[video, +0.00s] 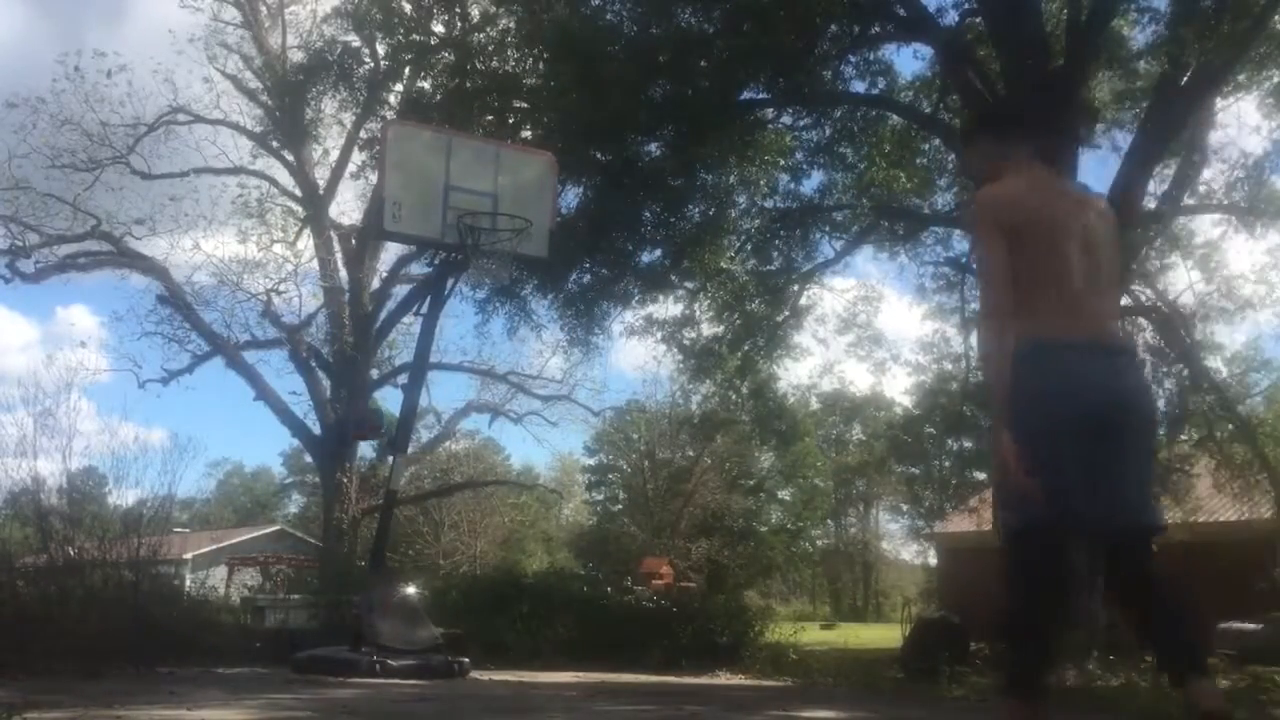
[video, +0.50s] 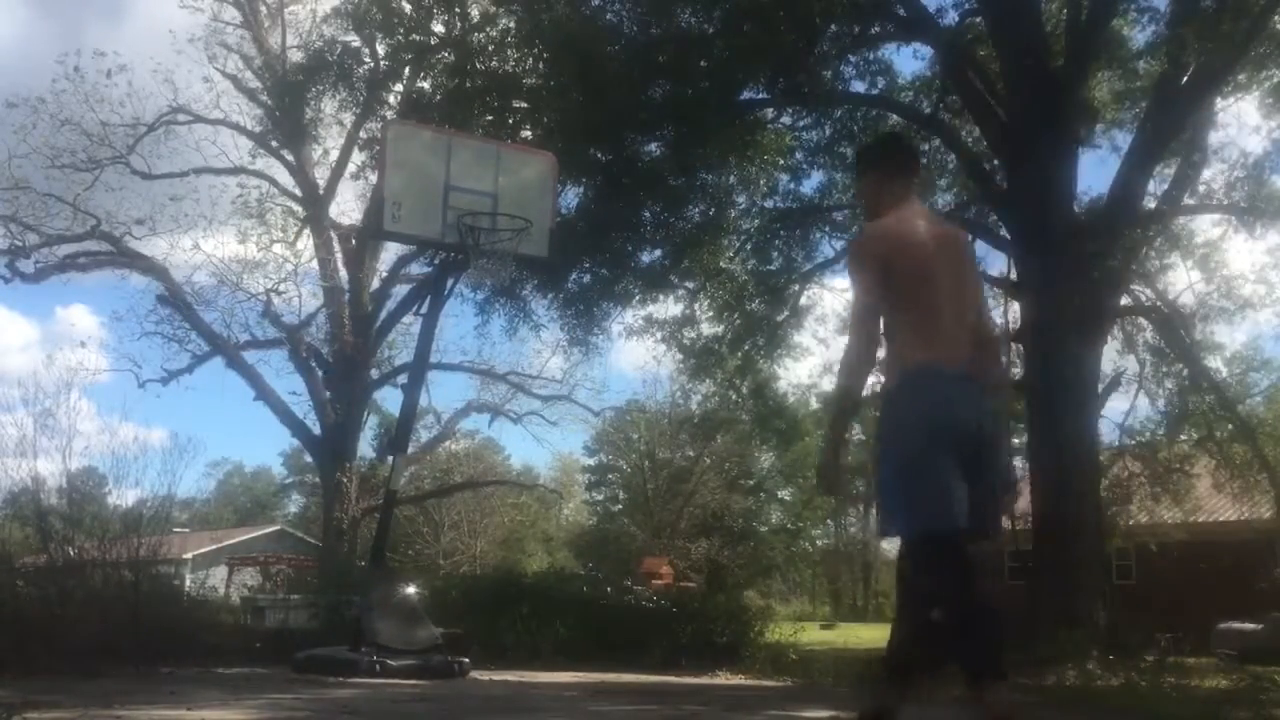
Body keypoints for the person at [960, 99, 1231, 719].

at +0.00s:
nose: (972, 178)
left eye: (974, 164)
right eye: (969, 165)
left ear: (998, 155)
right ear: (1040, 153)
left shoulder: (992, 203)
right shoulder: (1096, 206)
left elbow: (997, 316)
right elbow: (1106, 305)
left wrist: (1001, 423)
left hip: (1040, 374)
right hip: (1116, 372)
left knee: (1036, 547)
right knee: (1127, 546)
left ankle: (1025, 693)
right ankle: (1197, 685)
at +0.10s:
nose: (941, 170)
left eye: (943, 157)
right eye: (939, 158)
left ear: (964, 151)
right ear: (1001, 145)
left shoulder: (964, 206)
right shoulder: (1060, 202)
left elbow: (965, 321)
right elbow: (1072, 312)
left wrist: (959, 433)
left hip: (1015, 383)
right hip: (1083, 381)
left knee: (1014, 555)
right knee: (1074, 559)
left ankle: (1018, 701)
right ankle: (1152, 675)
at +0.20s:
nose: (922, 176)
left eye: (923, 164)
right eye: (920, 164)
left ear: (941, 156)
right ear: (981, 150)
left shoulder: (943, 209)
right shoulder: (1037, 209)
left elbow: (935, 312)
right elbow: (1046, 307)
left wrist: (921, 398)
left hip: (991, 379)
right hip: (1053, 379)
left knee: (997, 539)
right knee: (1046, 533)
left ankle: (1011, 690)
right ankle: (1080, 662)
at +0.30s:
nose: (904, 179)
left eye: (905, 168)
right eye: (904, 168)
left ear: (919, 159)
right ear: (957, 155)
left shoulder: (922, 214)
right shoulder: (1011, 213)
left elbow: (906, 326)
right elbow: (1027, 314)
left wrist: (884, 435)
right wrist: (1024, 378)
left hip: (967, 385)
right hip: (1027, 384)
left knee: (976, 541)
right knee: (990, 532)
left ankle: (1007, 694)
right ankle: (1010, 681)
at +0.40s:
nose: (881, 180)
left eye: (884, 169)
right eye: (881, 170)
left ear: (902, 164)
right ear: (937, 161)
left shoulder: (901, 223)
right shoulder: (988, 228)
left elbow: (882, 337)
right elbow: (1006, 326)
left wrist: (853, 434)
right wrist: (1007, 390)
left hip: (945, 392)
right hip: (1001, 392)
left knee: (947, 544)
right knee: (965, 537)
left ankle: (991, 687)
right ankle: (927, 675)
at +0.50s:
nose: (859, 195)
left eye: (862, 184)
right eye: (861, 184)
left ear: (873, 181)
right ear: (915, 177)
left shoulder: (872, 239)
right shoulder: (956, 237)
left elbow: (862, 347)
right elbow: (985, 333)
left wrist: (834, 442)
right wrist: (991, 402)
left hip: (915, 399)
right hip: (971, 397)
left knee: (941, 544)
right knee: (928, 544)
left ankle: (985, 683)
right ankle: (898, 685)